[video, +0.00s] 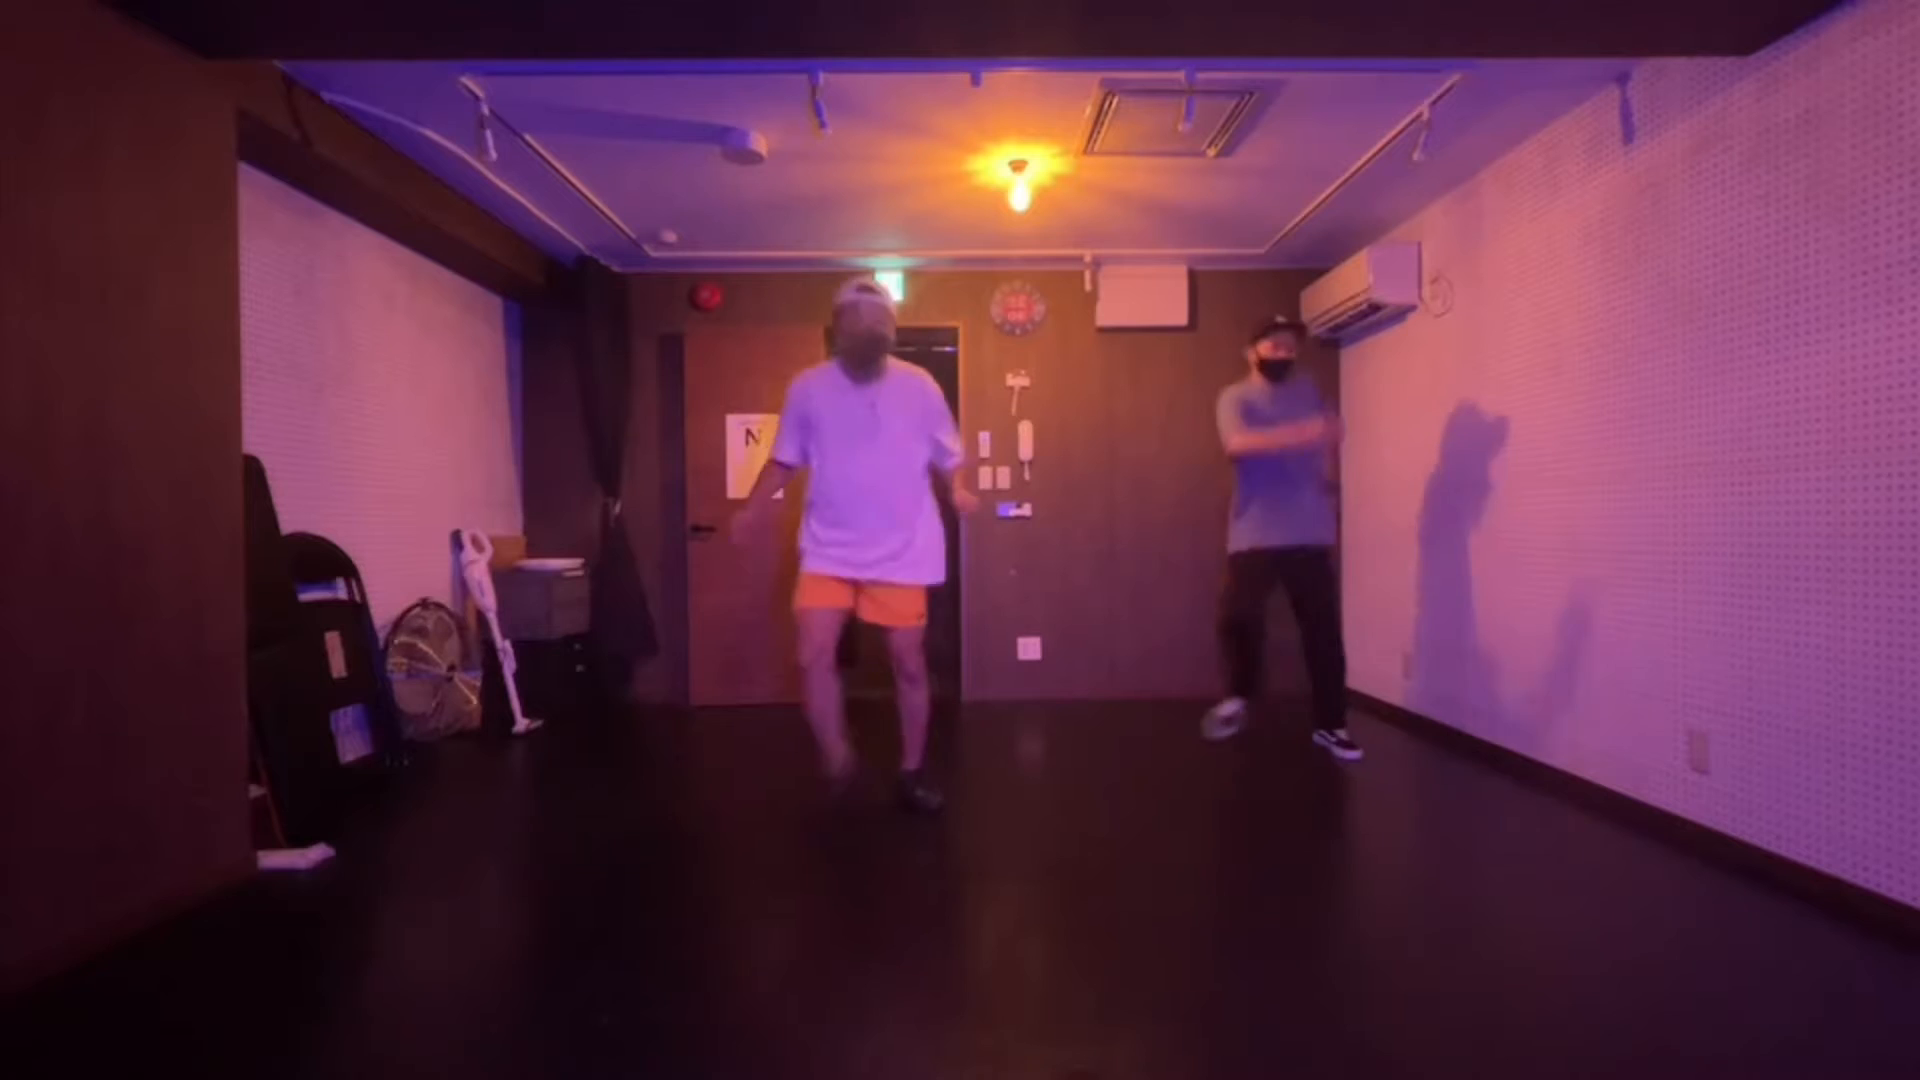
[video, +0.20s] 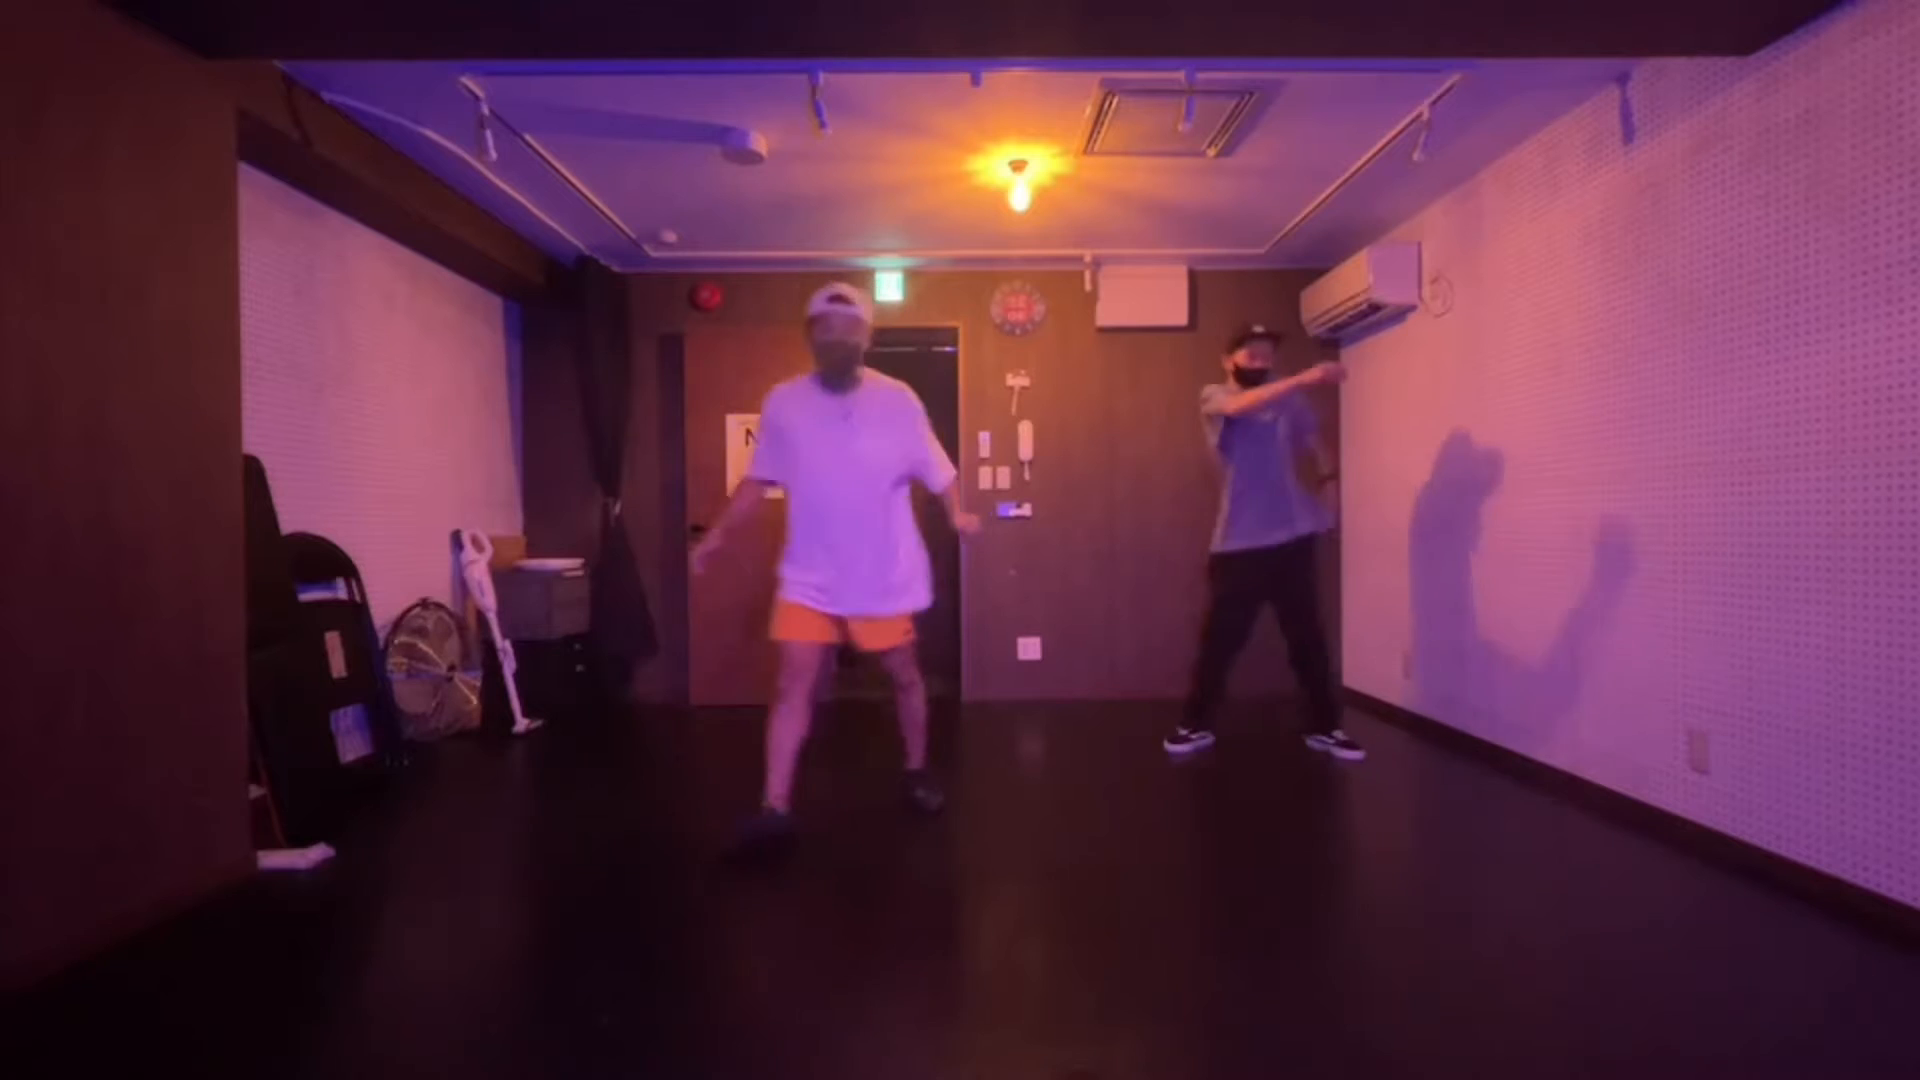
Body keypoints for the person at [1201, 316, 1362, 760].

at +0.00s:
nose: (1280, 352)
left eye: (1287, 344)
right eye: (1272, 343)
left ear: (1297, 350)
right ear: (1253, 350)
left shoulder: (1307, 395)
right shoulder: (1236, 397)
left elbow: (1326, 451)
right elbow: (1235, 443)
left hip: (1308, 534)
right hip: (1254, 537)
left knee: (1323, 633)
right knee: (1237, 618)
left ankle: (1330, 723)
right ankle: (1238, 698)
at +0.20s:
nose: (1257, 361)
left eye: (1265, 354)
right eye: (1248, 353)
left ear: (1275, 361)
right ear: (1229, 360)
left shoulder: (1292, 402)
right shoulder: (1214, 396)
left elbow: (1318, 452)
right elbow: (1238, 405)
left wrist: (1328, 478)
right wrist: (1306, 379)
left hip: (1292, 539)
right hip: (1240, 543)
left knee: (1307, 640)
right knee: (1219, 642)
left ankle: (1324, 728)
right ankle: (1195, 726)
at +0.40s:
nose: (1242, 376)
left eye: (1249, 368)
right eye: (1233, 368)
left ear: (1258, 372)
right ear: (1216, 372)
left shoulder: (1267, 417)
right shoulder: (1194, 413)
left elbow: (1274, 481)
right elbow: (1185, 466)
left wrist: (1274, 538)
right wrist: (1263, 453)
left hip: (1249, 551)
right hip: (1194, 551)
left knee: (1283, 639)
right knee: (1182, 642)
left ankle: (1299, 717)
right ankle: (1163, 723)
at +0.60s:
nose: (1210, 406)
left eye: (1217, 396)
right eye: (1201, 397)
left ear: (1227, 401)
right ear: (1183, 405)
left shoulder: (1243, 446)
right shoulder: (1164, 453)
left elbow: (1253, 499)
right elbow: (1132, 507)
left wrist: (1230, 532)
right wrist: (1165, 540)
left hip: (1223, 571)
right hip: (1176, 570)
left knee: (1234, 644)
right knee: (1181, 650)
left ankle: (1217, 701)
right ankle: (1163, 723)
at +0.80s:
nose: (1195, 394)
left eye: (1201, 386)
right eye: (1186, 386)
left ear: (1211, 389)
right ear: (1168, 393)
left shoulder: (1235, 434)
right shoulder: (1149, 443)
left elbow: (1258, 484)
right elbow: (1123, 493)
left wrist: (1224, 491)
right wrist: (1123, 534)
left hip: (1217, 566)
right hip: (1167, 563)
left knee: (1203, 651)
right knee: (1172, 646)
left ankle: (1152, 695)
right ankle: (1177, 723)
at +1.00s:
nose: (1197, 387)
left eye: (1205, 379)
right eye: (1188, 379)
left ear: (1217, 385)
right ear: (1174, 387)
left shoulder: (1237, 429)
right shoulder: (1159, 438)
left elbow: (1259, 487)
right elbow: (1141, 494)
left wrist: (1234, 532)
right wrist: (1137, 537)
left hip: (1217, 551)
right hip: (1171, 549)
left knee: (1204, 646)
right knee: (1176, 637)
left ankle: (1158, 681)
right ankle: (1167, 724)